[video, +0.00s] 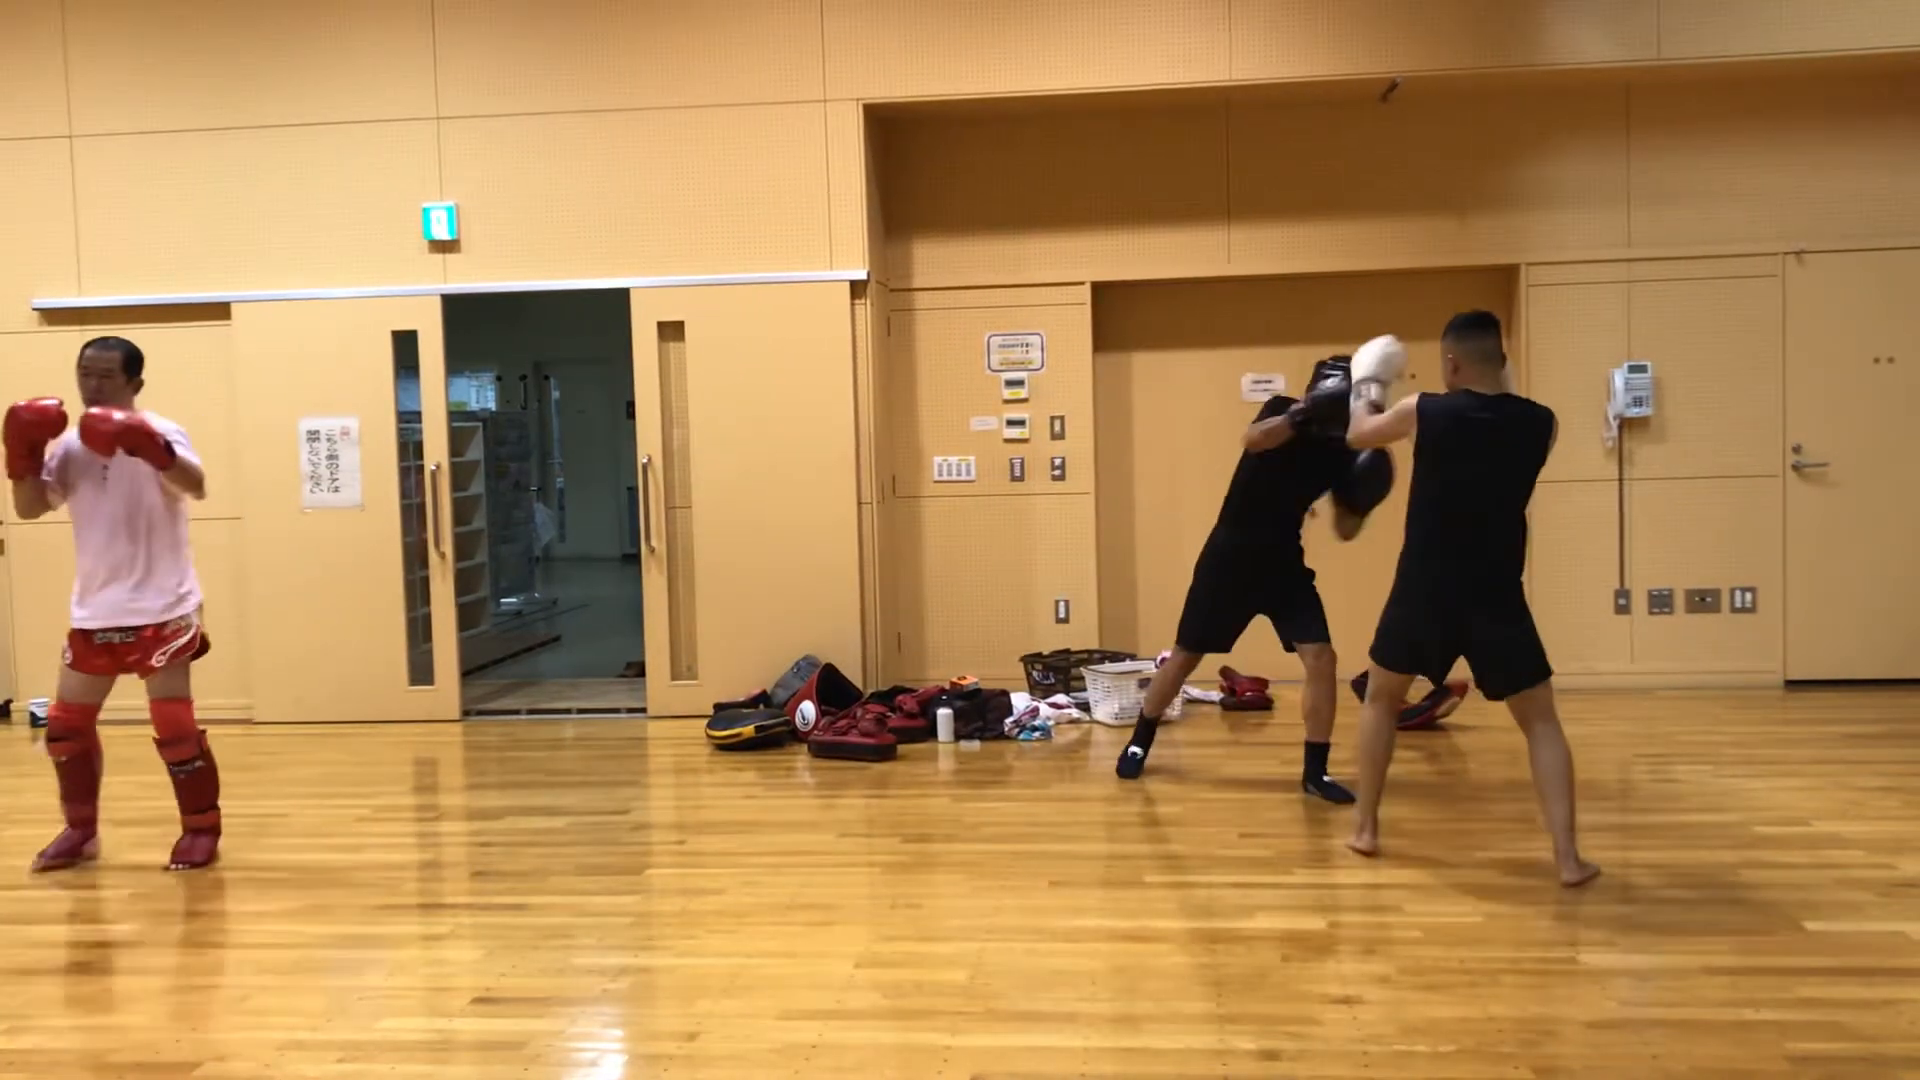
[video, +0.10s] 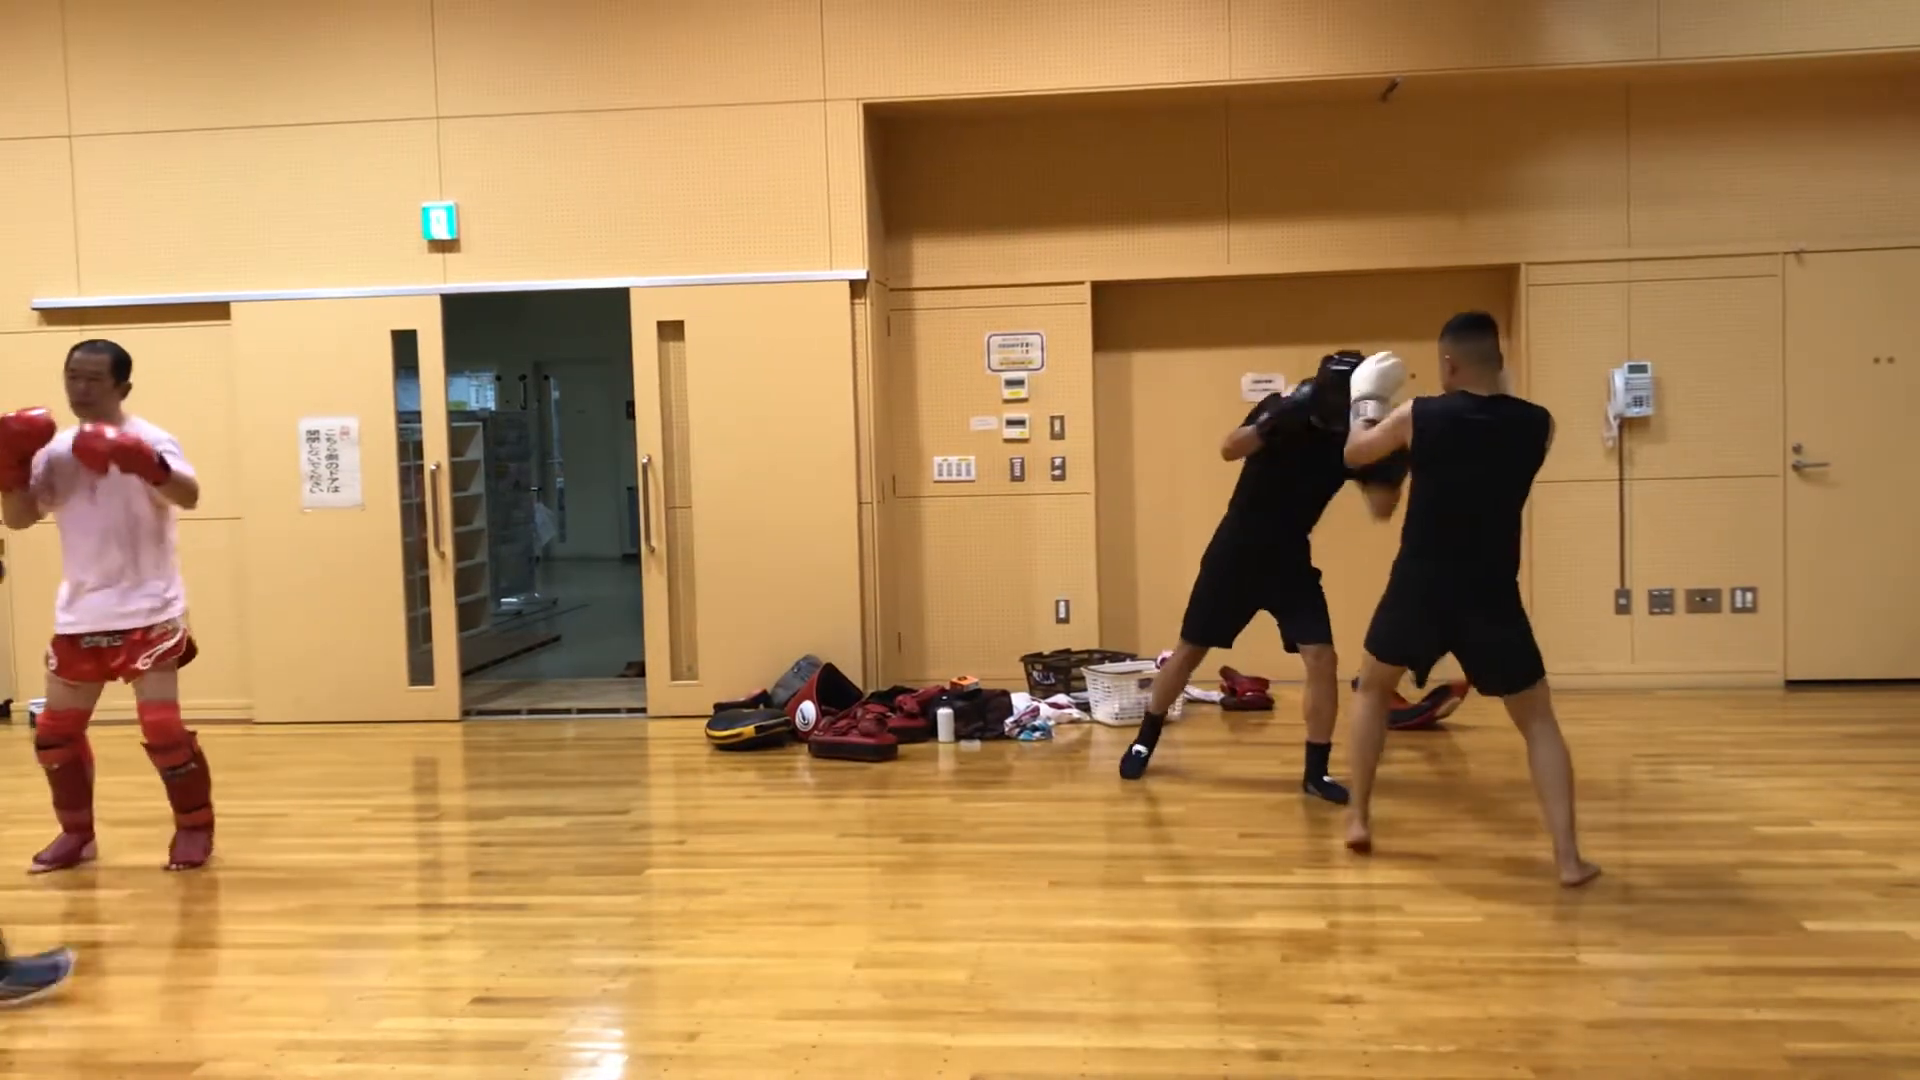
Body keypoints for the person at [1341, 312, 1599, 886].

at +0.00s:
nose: (1443, 368)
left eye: (1443, 361)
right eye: (1446, 360)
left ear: (1451, 361)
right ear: (1503, 357)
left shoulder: (1427, 410)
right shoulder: (1540, 422)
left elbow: (1360, 433)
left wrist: (1366, 393)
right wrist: (1474, 392)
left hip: (1424, 590)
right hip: (1498, 596)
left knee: (1383, 699)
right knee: (1540, 719)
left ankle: (1364, 828)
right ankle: (1568, 859)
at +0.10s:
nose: (1441, 370)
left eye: (1441, 362)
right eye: (1444, 362)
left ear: (1448, 362)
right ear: (1500, 358)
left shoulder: (1422, 415)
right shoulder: (1537, 423)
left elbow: (1356, 451)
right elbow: (1494, 463)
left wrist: (1368, 411)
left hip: (1419, 592)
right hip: (1493, 597)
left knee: (1373, 689)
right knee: (1538, 721)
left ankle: (1357, 817)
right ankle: (1569, 859)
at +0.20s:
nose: (1428, 375)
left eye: (1428, 367)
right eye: (1430, 367)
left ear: (1436, 370)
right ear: (1487, 364)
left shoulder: (1414, 418)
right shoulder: (1522, 428)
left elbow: (1363, 433)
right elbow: (1477, 442)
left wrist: (1371, 390)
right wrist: (1437, 394)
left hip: (1408, 596)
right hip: (1480, 600)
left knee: (1366, 701)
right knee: (1531, 722)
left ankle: (1342, 826)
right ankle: (1565, 858)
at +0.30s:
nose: (1420, 369)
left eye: (1421, 361)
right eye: (1423, 361)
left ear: (1426, 363)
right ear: (1479, 359)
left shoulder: (1406, 408)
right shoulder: (1513, 420)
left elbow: (1380, 427)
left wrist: (1416, 385)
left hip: (1403, 595)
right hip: (1475, 599)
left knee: (1364, 699)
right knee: (1523, 723)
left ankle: (1343, 828)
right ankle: (1559, 858)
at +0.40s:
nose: (1429, 365)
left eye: (1428, 358)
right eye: (1434, 358)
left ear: (1432, 358)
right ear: (1488, 354)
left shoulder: (1404, 409)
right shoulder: (1519, 417)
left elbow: (1368, 443)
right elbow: (1521, 471)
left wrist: (1398, 474)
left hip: (1402, 592)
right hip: (1474, 595)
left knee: (1368, 702)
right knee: (1528, 721)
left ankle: (1342, 828)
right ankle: (1559, 858)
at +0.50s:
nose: (1448, 365)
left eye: (1449, 358)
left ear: (1453, 360)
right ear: (1506, 358)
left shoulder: (1420, 418)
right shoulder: (1537, 422)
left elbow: (1364, 483)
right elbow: (1556, 485)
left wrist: (1362, 448)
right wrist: (1527, 418)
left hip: (1417, 599)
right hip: (1491, 601)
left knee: (1383, 707)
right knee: (1552, 718)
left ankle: (1346, 829)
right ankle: (1566, 858)